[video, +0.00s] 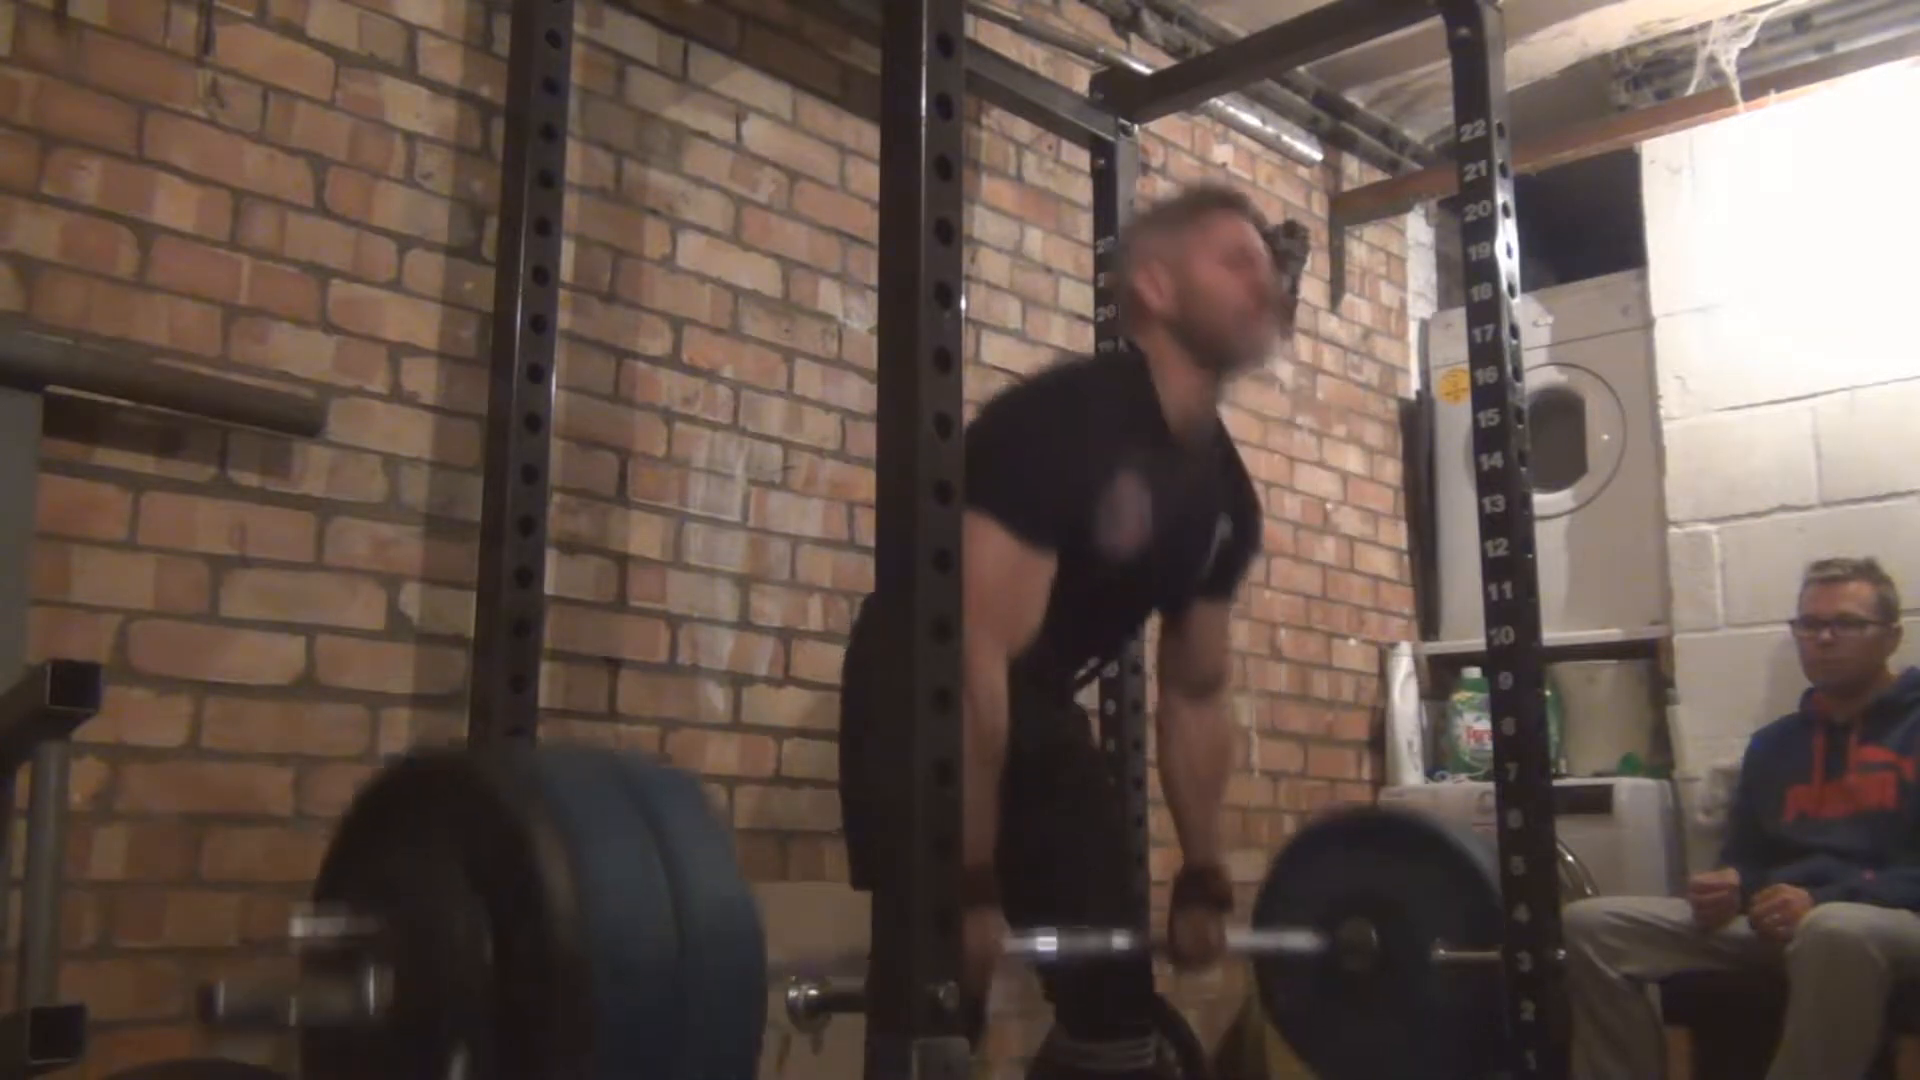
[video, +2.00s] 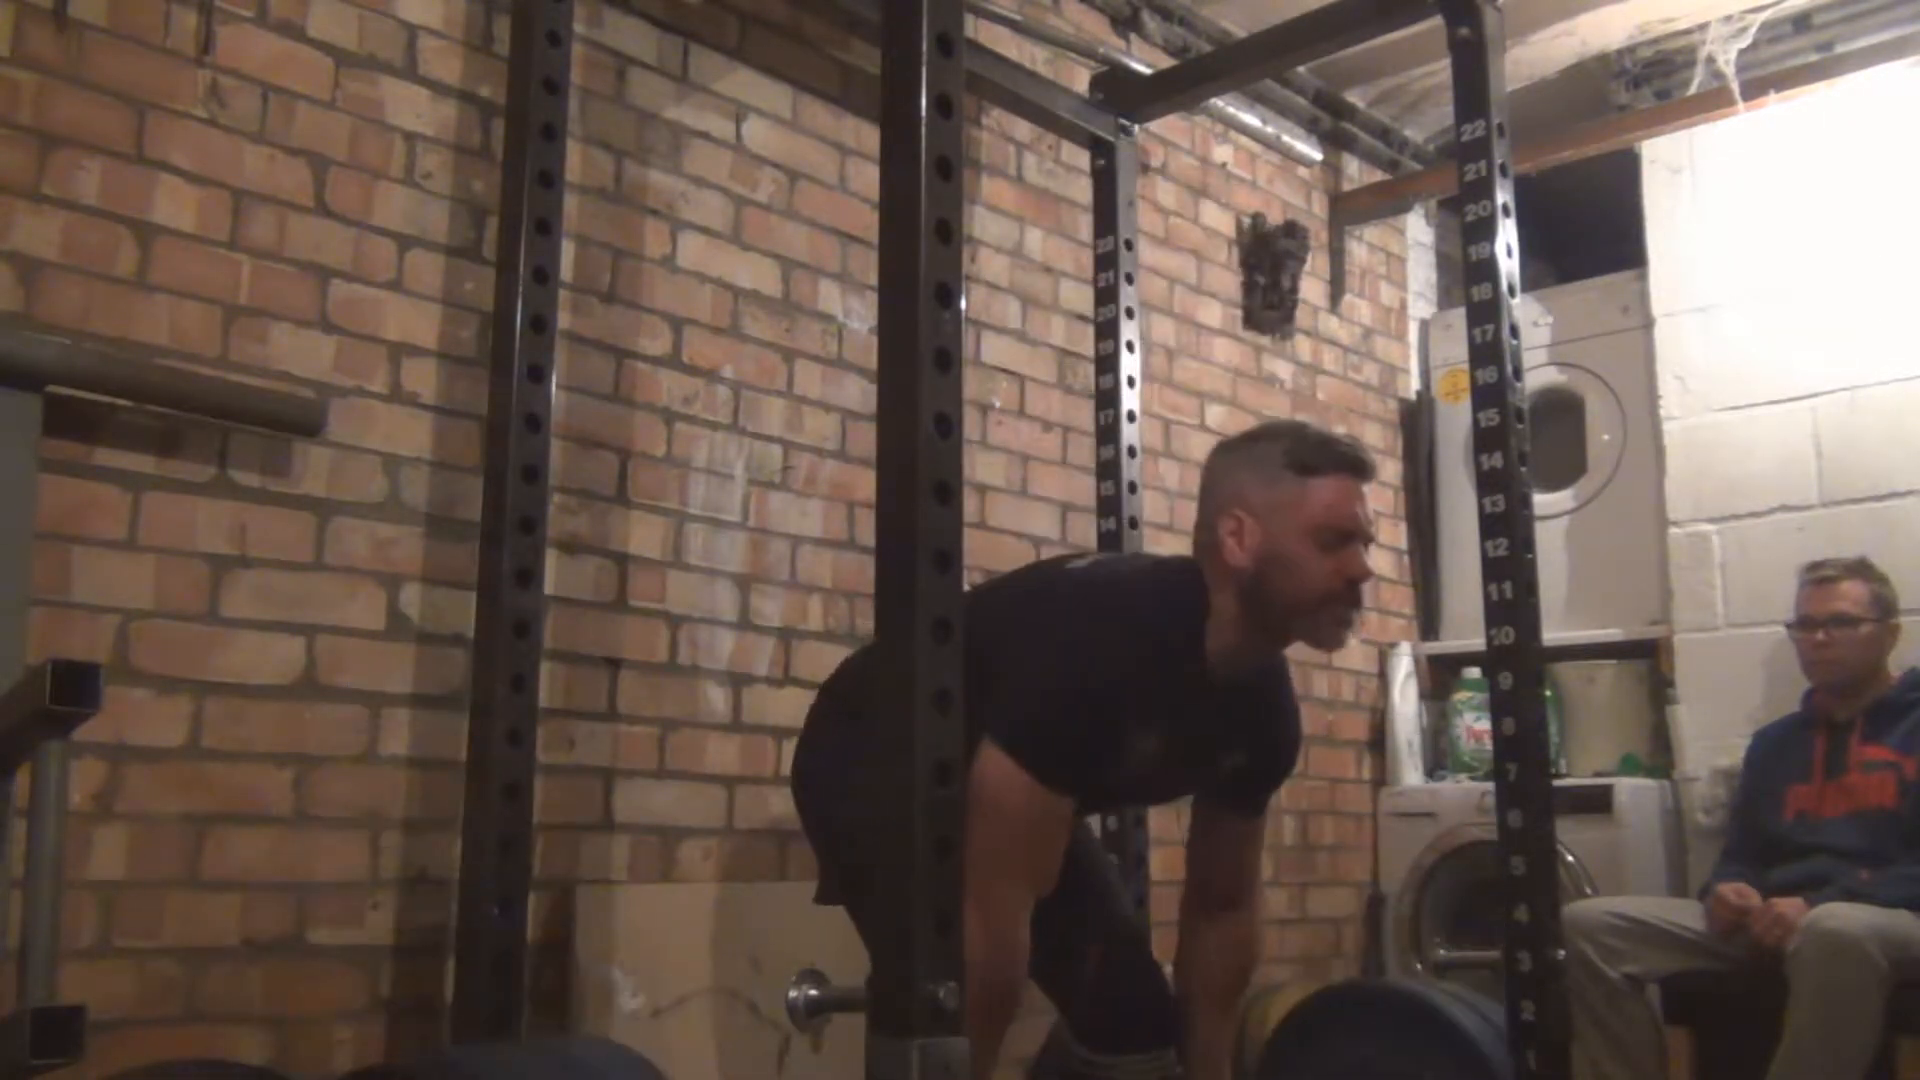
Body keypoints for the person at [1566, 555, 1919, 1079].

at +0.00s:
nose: (1824, 638)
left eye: (1846, 624)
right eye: (1811, 624)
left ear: (1891, 636)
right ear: (1795, 634)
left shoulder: (1912, 723)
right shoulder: (1773, 745)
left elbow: (1912, 876)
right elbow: (1746, 856)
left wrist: (1819, 901)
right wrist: (1730, 884)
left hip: (1894, 920)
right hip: (1772, 919)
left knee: (1833, 936)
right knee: (1590, 928)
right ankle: (1625, 1073)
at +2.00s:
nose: (1818, 639)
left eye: (1840, 624)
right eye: (1805, 625)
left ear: (1889, 635)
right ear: (1792, 634)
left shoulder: (1913, 722)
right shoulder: (1775, 743)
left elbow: (1914, 870)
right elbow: (1740, 853)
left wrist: (1817, 905)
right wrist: (1726, 890)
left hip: (1892, 917)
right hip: (1766, 917)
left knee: (1834, 936)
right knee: (1587, 929)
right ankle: (1629, 1073)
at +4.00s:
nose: (1819, 633)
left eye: (1841, 618)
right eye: (1807, 620)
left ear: (1891, 634)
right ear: (1794, 633)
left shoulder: (1914, 722)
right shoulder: (1775, 742)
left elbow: (1914, 870)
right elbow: (1741, 852)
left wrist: (1815, 905)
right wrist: (1727, 891)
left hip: (1892, 919)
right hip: (1766, 917)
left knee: (1833, 936)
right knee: (1587, 928)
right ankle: (1629, 1072)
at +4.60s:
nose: (1814, 639)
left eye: (1835, 623)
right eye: (1803, 625)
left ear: (1887, 633)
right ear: (1790, 636)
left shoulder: (1913, 722)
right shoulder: (1776, 742)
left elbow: (1913, 871)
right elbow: (1742, 849)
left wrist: (1817, 904)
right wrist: (1724, 889)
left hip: (1891, 918)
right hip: (1765, 916)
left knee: (1834, 937)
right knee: (1587, 928)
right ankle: (1630, 1072)